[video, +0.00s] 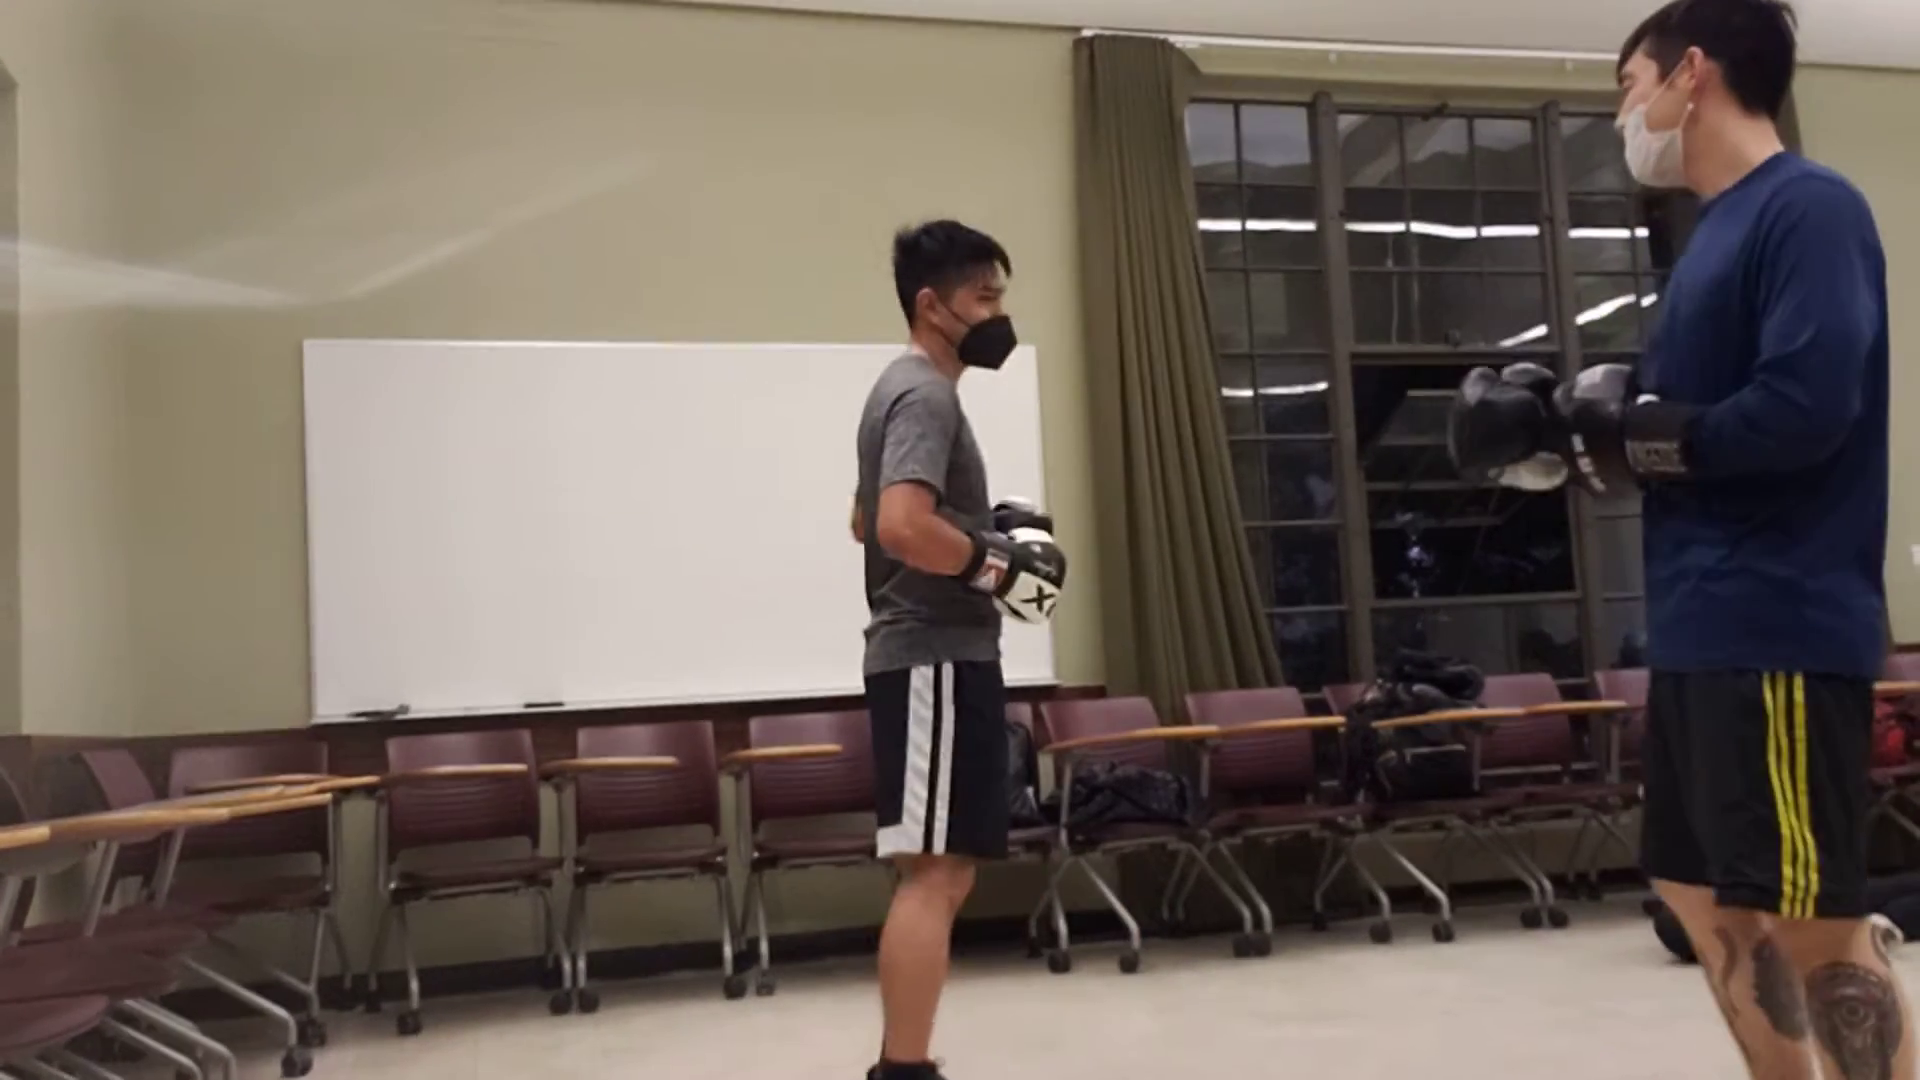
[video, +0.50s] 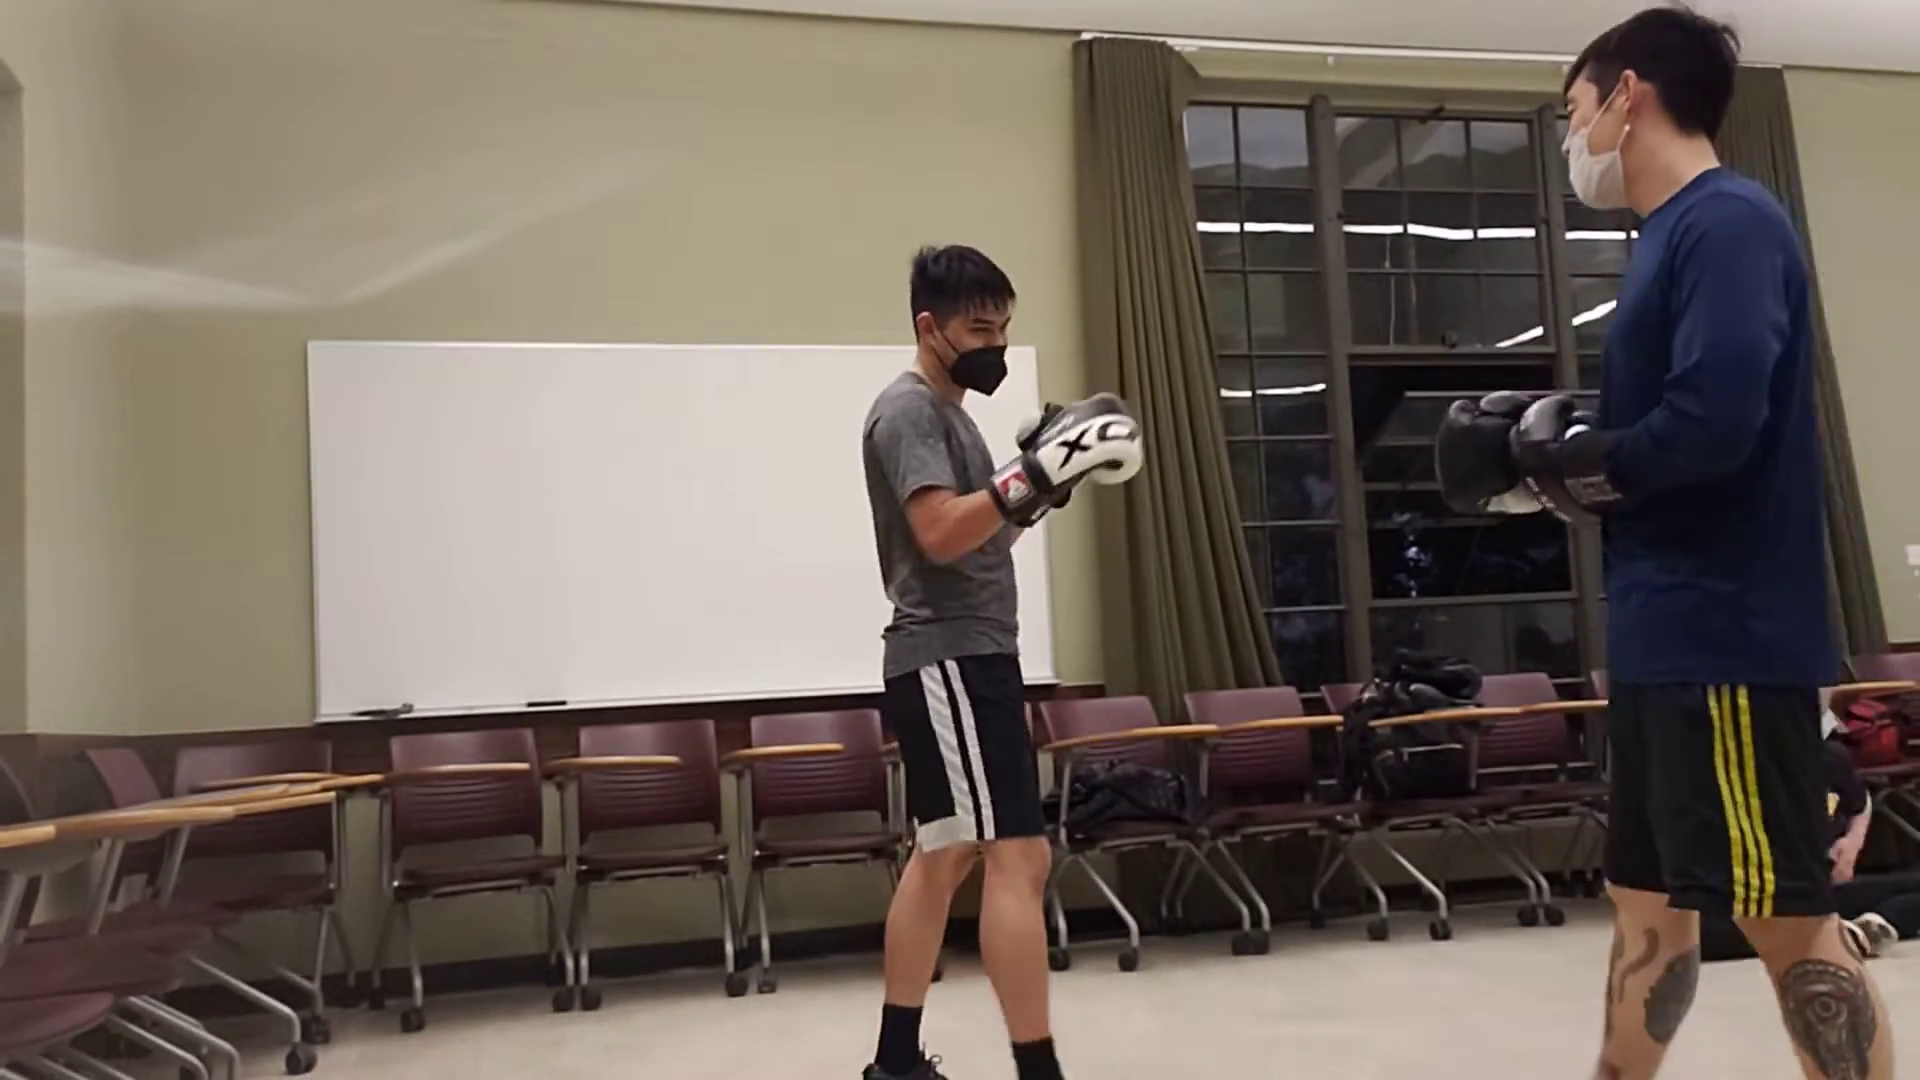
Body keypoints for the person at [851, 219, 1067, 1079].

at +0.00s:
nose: (999, 310)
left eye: (1000, 295)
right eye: (983, 296)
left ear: (932, 308)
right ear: (929, 302)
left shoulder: (900, 389)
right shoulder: (923, 394)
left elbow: (867, 520)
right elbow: (901, 522)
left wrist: (979, 531)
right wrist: (991, 566)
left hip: (933, 659)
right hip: (934, 663)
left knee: (939, 873)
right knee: (934, 874)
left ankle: (906, 1062)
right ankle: (906, 1066)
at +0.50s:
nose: (995, 342)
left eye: (1001, 326)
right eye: (978, 326)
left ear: (1003, 320)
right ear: (927, 326)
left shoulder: (950, 419)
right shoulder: (907, 411)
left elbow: (976, 540)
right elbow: (942, 536)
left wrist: (1039, 479)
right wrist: (1032, 476)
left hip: (963, 658)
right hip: (951, 660)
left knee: (941, 854)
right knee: (1019, 860)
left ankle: (897, 1058)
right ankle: (1040, 1071)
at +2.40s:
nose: (879, 342)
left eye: (889, 328)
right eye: (862, 326)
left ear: (895, 330)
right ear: (814, 325)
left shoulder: (856, 434)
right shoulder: (778, 420)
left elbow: (857, 565)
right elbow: (726, 547)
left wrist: (921, 514)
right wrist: (823, 597)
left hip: (836, 676)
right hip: (792, 675)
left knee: (821, 873)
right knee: (803, 874)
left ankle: (794, 1054)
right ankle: (777, 1068)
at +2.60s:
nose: (882, 354)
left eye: (894, 341)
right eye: (867, 335)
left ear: (903, 345)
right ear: (822, 330)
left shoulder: (855, 438)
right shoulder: (783, 417)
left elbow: (860, 568)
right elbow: (729, 540)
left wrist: (924, 513)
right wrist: (825, 613)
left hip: (839, 659)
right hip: (799, 659)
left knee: (843, 856)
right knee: (840, 856)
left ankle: (796, 1051)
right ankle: (792, 1055)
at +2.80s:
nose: (893, 365)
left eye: (904, 353)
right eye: (880, 344)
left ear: (908, 357)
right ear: (833, 333)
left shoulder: (835, 433)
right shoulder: (805, 409)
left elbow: (856, 583)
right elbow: (777, 532)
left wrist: (916, 515)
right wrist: (867, 613)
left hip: (832, 662)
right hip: (808, 662)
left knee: (845, 870)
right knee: (841, 871)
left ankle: (796, 1057)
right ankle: (805, 1064)